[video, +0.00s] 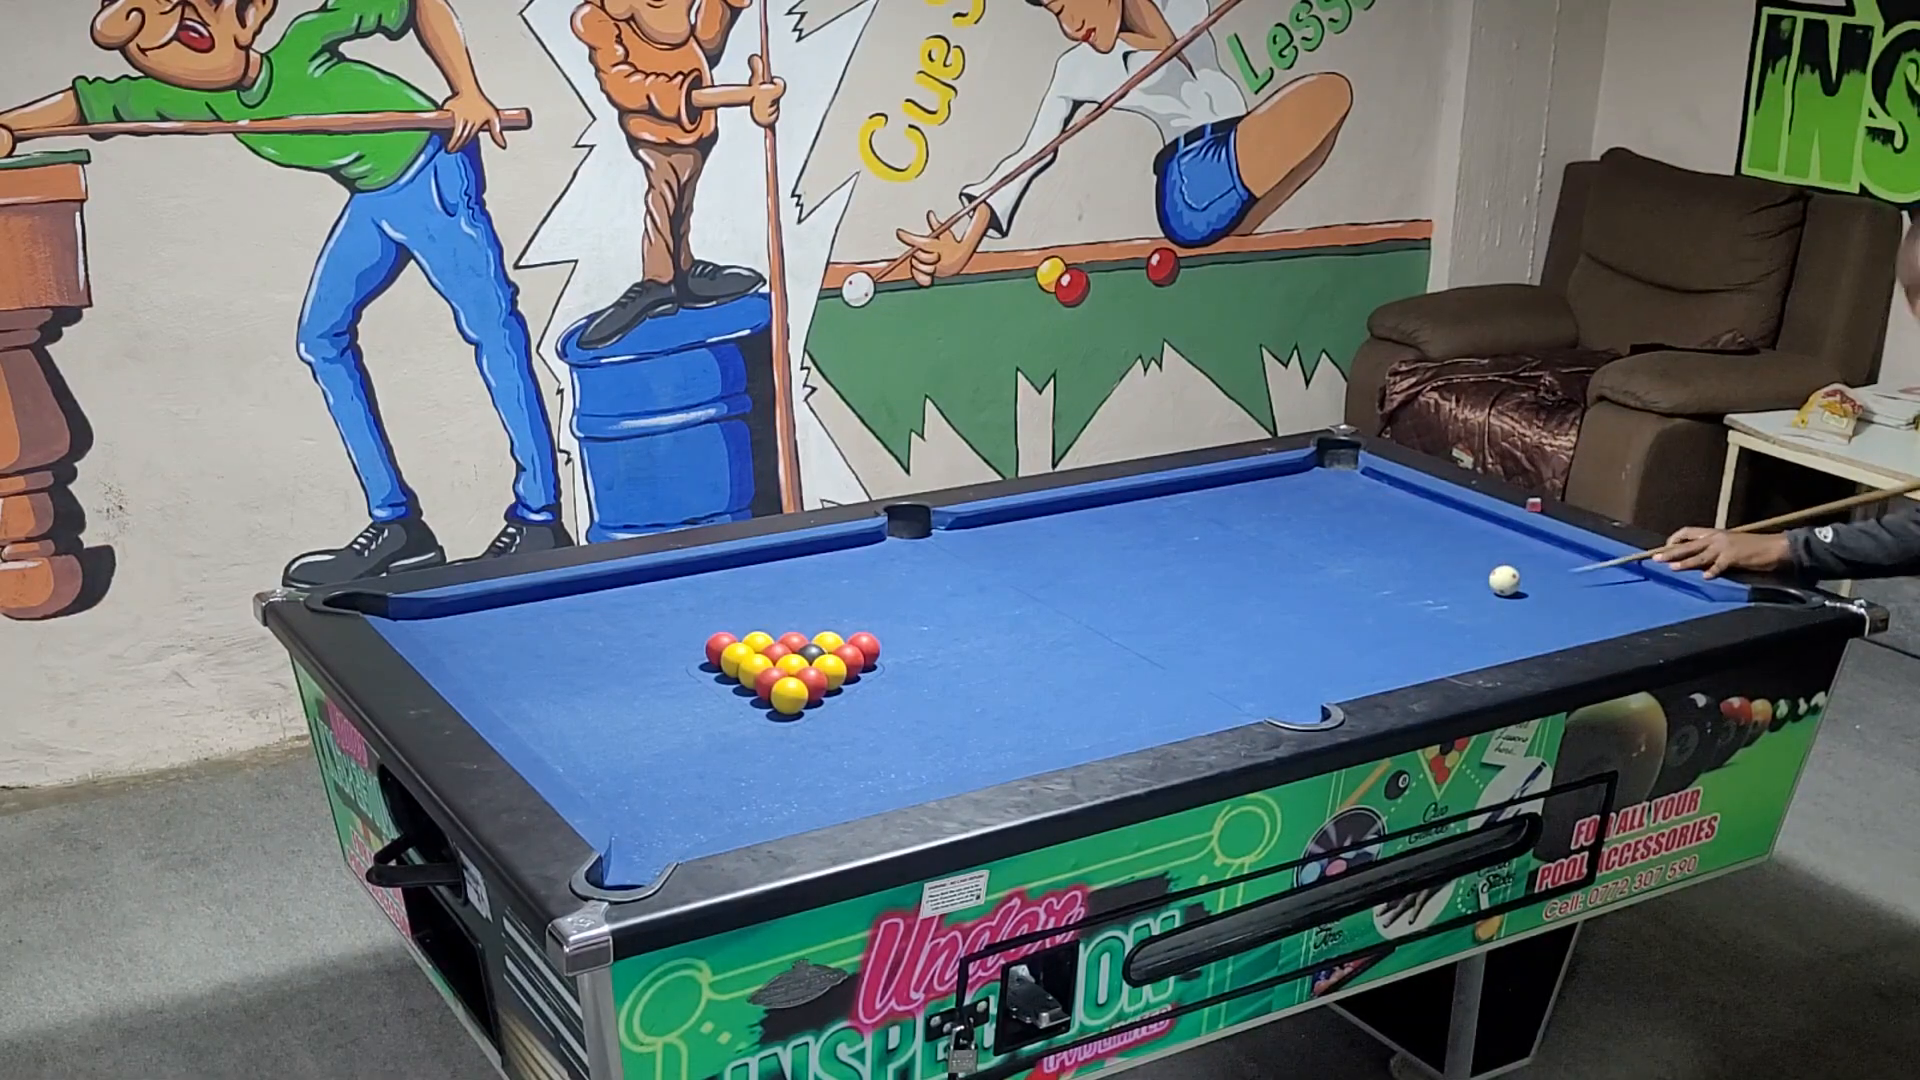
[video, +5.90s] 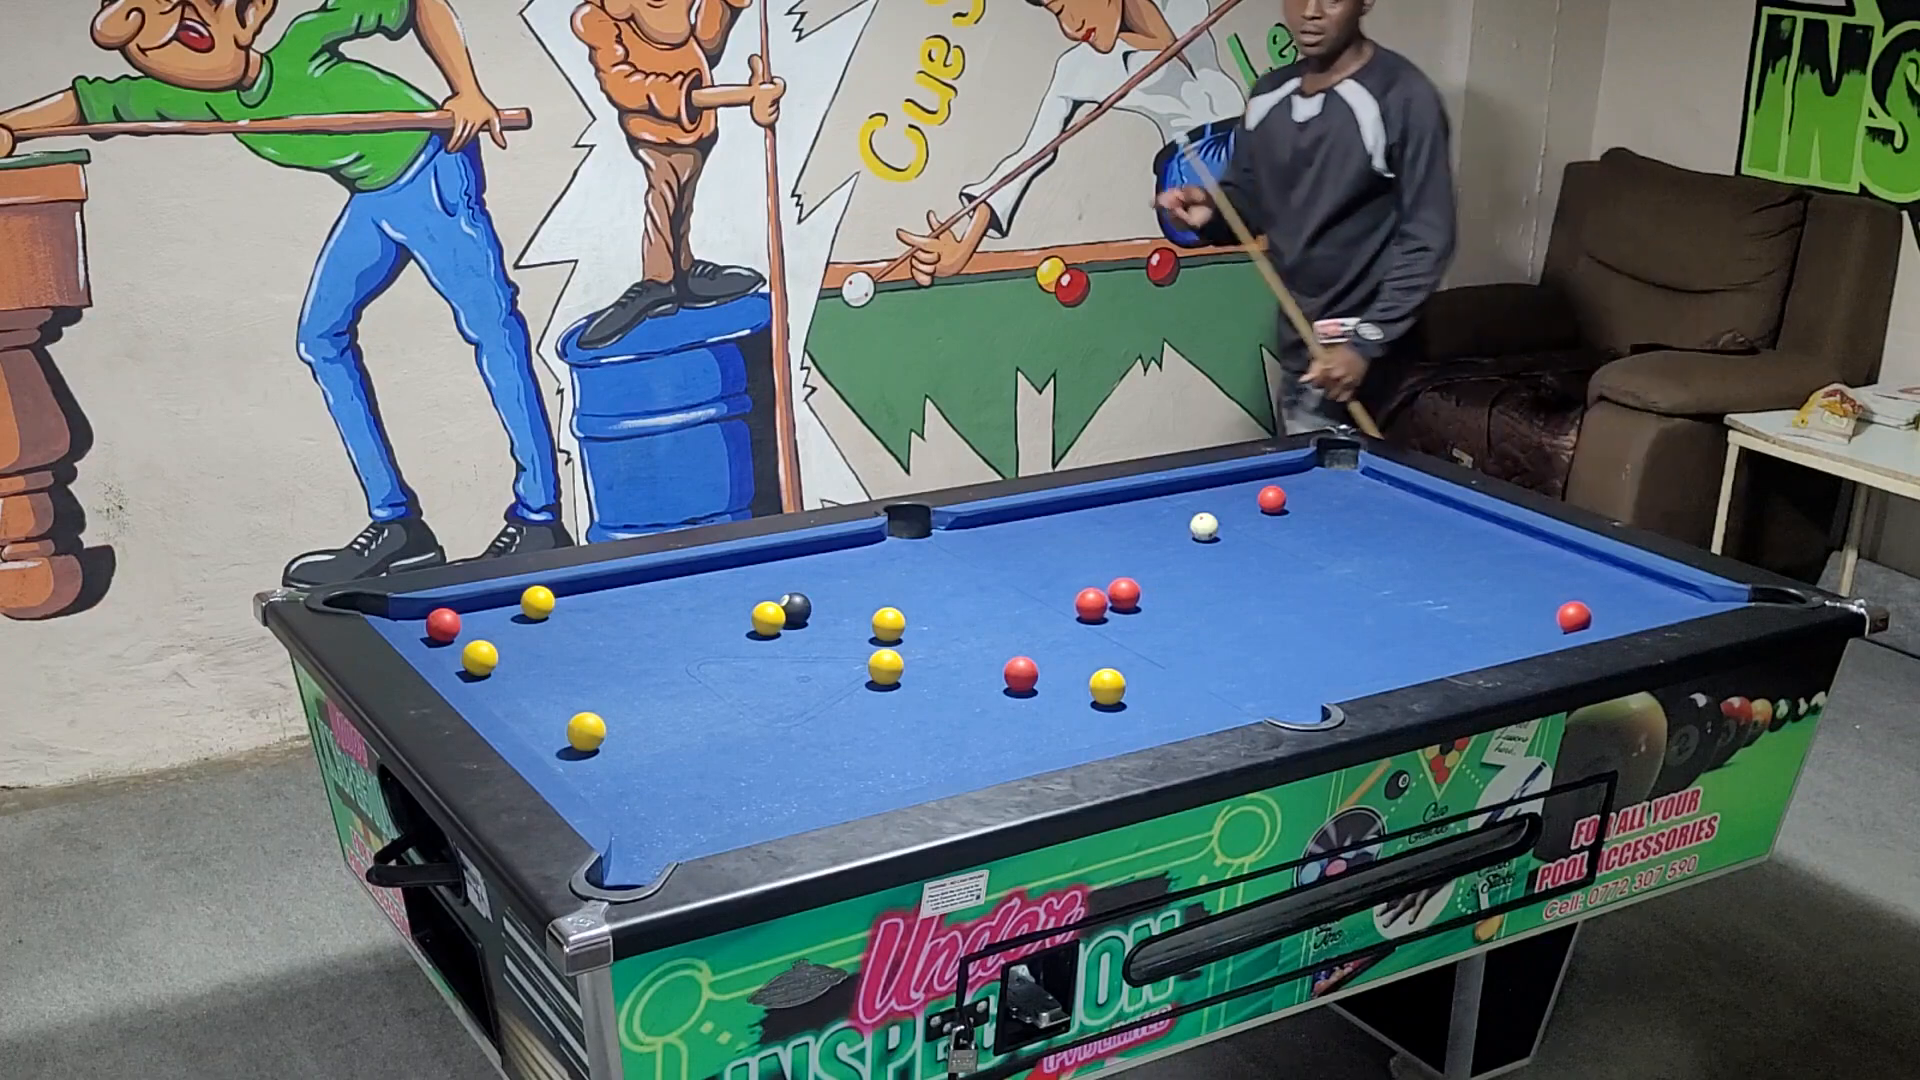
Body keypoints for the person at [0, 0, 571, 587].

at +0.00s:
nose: (208, 55)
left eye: (201, 40)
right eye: (191, 54)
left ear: (223, 21)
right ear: (182, 75)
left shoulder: (300, 37)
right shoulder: (213, 99)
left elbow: (418, 4)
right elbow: (89, 100)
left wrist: (467, 87)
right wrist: (9, 124)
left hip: (426, 166)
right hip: (369, 199)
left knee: (493, 331)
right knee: (322, 338)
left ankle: (540, 517)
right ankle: (397, 523)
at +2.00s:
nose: (207, 60)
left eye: (200, 44)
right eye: (190, 59)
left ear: (228, 23)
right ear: (184, 74)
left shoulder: (300, 37)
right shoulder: (212, 98)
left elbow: (418, 4)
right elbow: (90, 101)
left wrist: (467, 87)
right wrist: (9, 124)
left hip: (426, 165)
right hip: (369, 199)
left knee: (492, 329)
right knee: (322, 337)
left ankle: (541, 516)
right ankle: (397, 522)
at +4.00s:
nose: (205, 55)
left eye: (199, 41)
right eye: (189, 55)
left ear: (225, 21)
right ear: (184, 74)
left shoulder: (300, 37)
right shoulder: (213, 98)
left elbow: (418, 3)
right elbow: (91, 100)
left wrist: (466, 87)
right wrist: (10, 124)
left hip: (426, 165)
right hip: (369, 198)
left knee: (491, 327)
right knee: (322, 337)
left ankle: (541, 518)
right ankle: (397, 522)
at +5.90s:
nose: (203, 55)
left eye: (197, 40)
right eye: (187, 55)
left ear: (222, 20)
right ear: (183, 73)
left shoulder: (300, 37)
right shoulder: (218, 98)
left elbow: (417, 3)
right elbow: (92, 100)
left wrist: (467, 87)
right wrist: (9, 124)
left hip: (426, 164)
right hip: (369, 197)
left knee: (492, 329)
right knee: (321, 337)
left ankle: (541, 518)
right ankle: (397, 522)